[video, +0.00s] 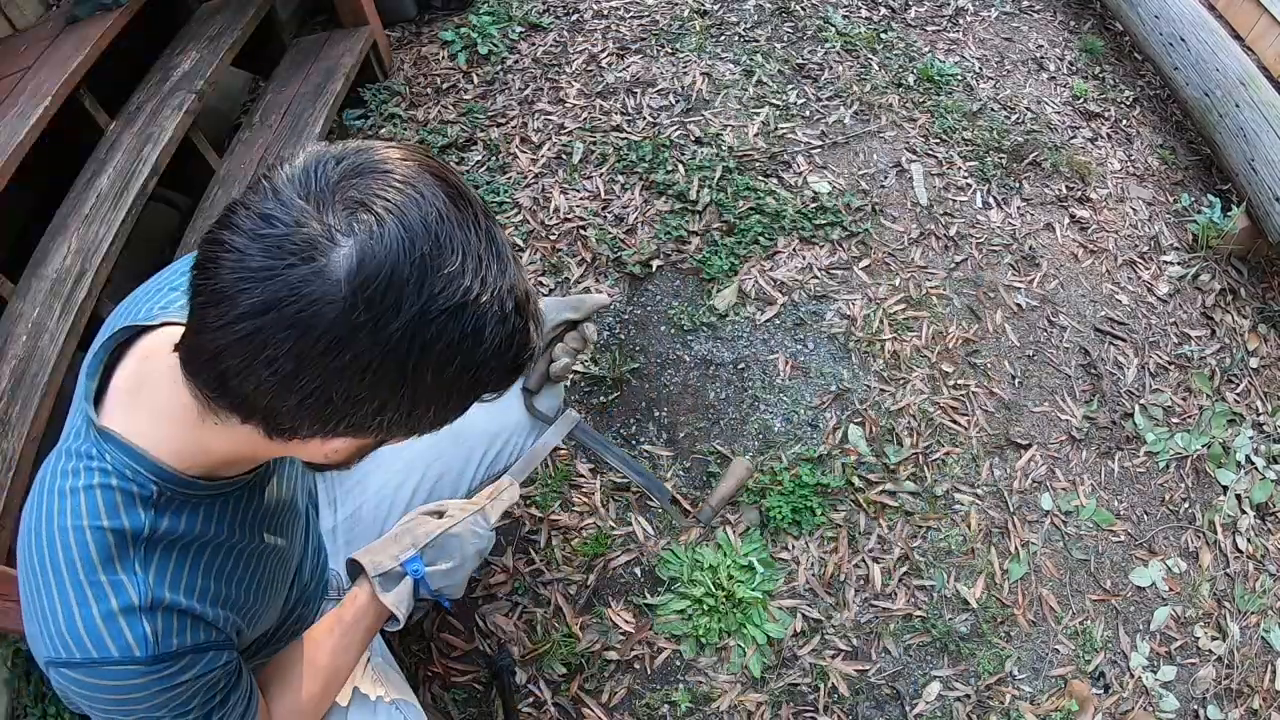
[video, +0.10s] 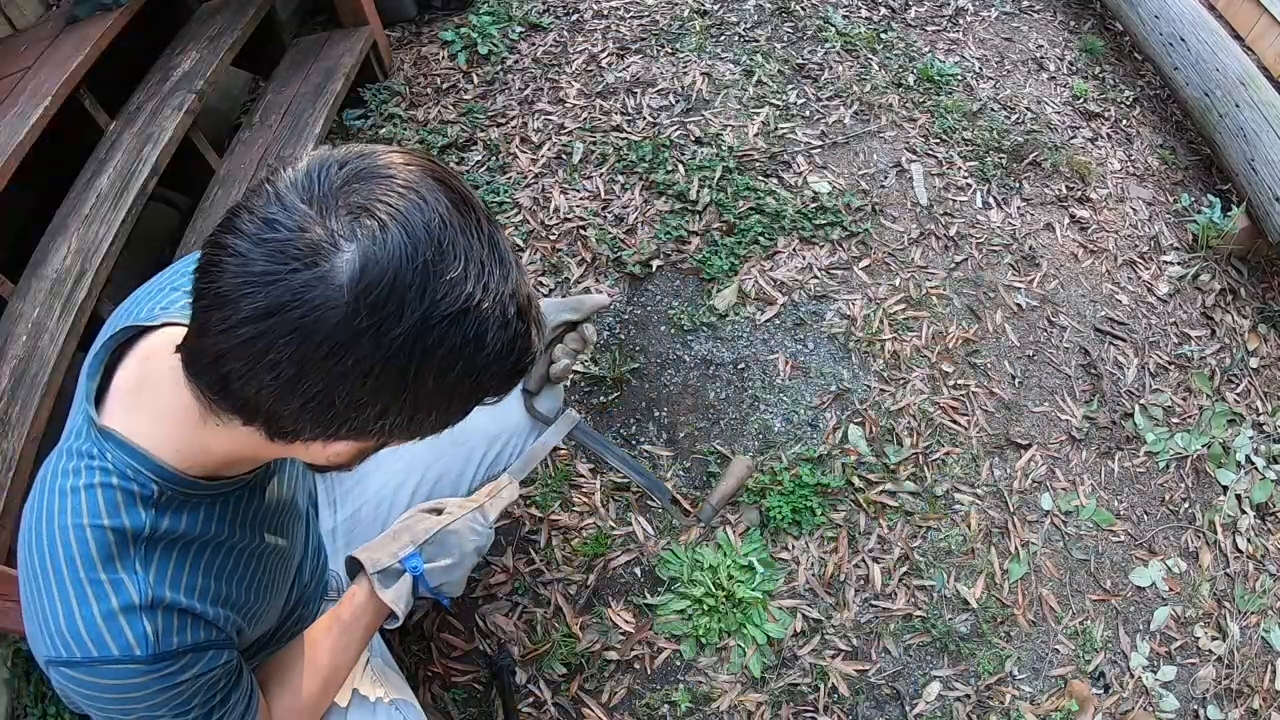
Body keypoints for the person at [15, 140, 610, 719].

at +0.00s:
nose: (420, 428)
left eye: (433, 408)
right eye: (412, 421)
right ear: (325, 433)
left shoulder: (210, 281)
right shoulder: (134, 642)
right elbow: (260, 711)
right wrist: (365, 600)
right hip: (270, 646)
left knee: (525, 401)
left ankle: (411, 582)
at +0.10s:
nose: (418, 431)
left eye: (432, 413)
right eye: (413, 424)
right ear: (329, 437)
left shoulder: (213, 279)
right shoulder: (133, 644)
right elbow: (262, 711)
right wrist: (363, 603)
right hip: (270, 648)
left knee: (529, 401)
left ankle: (410, 585)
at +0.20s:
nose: (422, 433)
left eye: (434, 415)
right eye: (418, 425)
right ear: (331, 441)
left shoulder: (213, 280)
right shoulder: (132, 641)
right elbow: (263, 712)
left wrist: (499, 359)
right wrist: (369, 594)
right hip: (268, 647)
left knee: (529, 406)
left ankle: (419, 581)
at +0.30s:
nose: (420, 437)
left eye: (435, 417)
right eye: (415, 430)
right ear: (327, 446)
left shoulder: (213, 279)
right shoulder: (133, 639)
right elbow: (267, 710)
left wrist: (504, 359)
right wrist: (377, 589)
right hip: (269, 646)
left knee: (533, 405)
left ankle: (423, 588)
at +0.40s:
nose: (425, 439)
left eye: (437, 420)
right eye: (419, 432)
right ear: (330, 450)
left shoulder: (215, 279)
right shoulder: (136, 639)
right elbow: (268, 713)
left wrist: (501, 354)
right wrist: (376, 588)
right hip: (272, 643)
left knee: (534, 407)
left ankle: (420, 581)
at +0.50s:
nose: (422, 439)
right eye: (409, 435)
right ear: (332, 455)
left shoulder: (218, 278)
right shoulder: (141, 642)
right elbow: (272, 712)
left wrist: (494, 356)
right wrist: (377, 587)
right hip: (272, 641)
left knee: (527, 413)